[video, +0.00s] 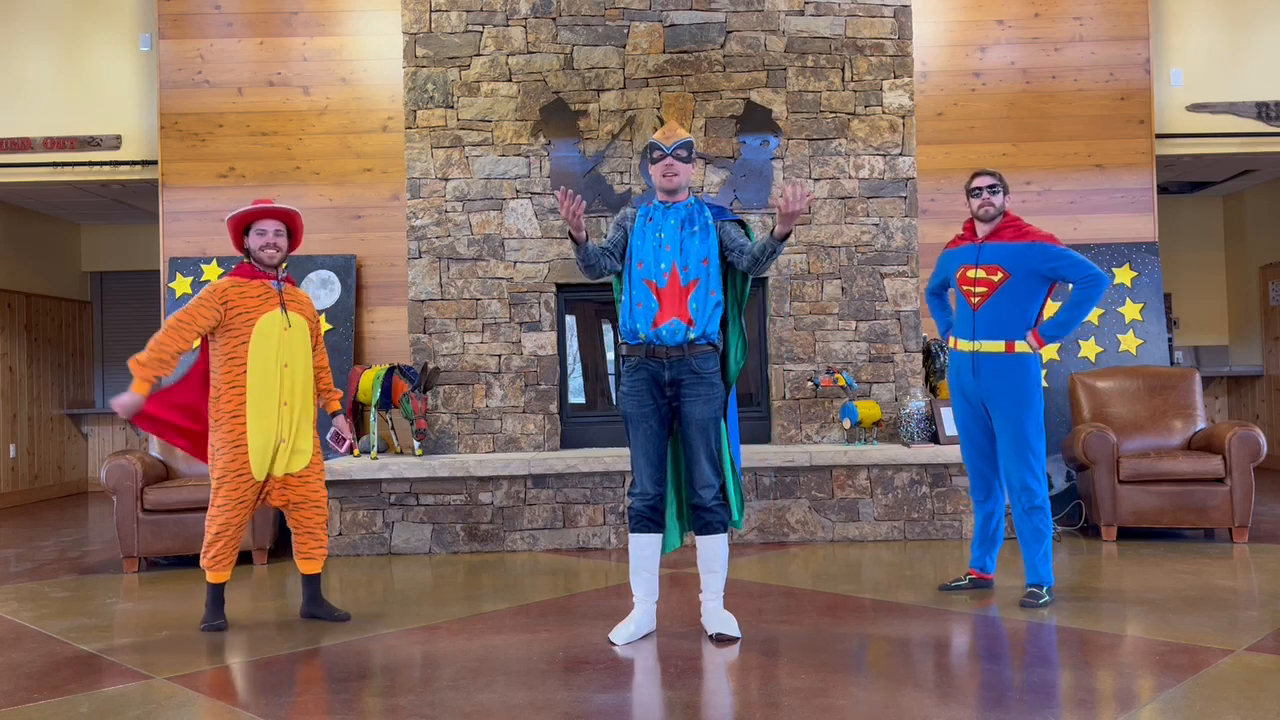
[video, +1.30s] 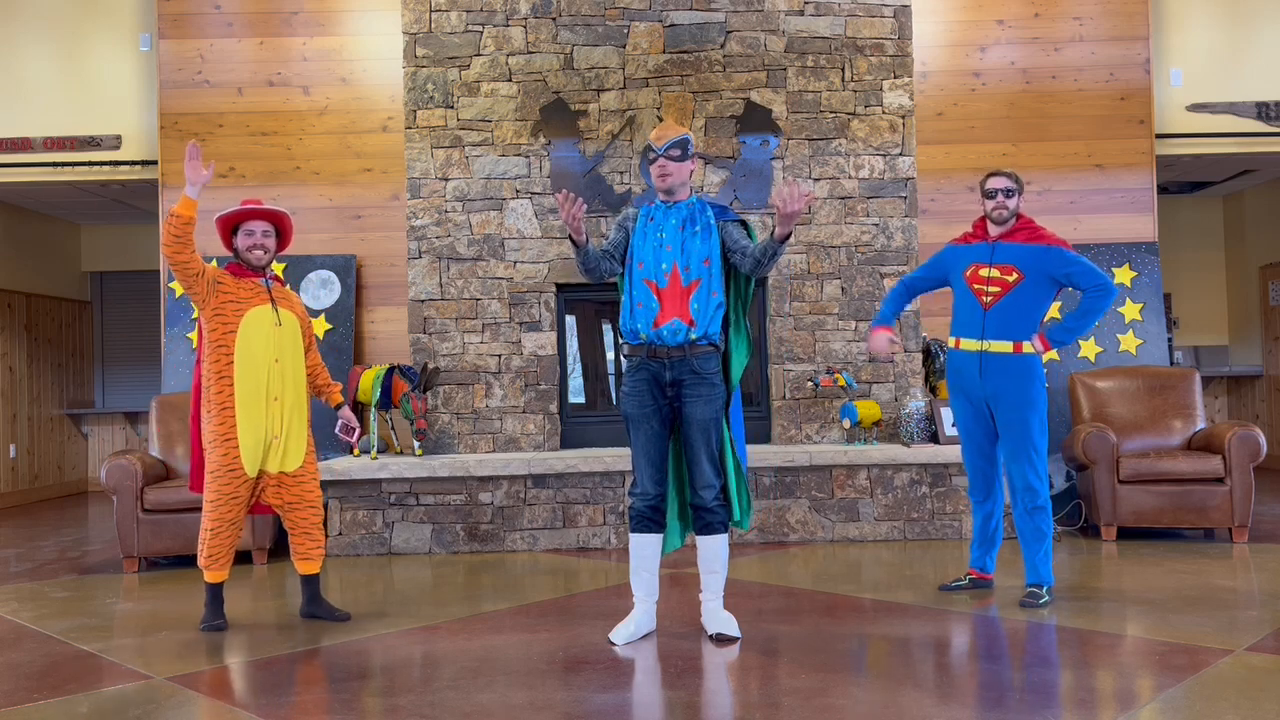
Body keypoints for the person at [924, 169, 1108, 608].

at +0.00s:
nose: (984, 198)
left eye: (992, 190)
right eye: (976, 192)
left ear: (1006, 198)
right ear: (967, 203)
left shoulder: (1032, 245)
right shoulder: (953, 253)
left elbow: (1094, 280)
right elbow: (933, 292)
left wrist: (1047, 333)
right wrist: (948, 328)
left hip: (1014, 373)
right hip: (964, 373)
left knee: (1025, 481)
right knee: (982, 479)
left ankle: (1039, 581)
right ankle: (981, 572)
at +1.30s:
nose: (1000, 201)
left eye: (1008, 193)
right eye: (992, 194)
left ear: (1020, 200)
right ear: (981, 202)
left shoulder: (1045, 250)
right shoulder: (958, 252)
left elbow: (1102, 290)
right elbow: (907, 286)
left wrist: (1054, 336)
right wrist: (882, 322)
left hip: (1017, 376)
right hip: (965, 377)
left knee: (1028, 481)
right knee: (981, 480)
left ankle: (1038, 581)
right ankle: (981, 571)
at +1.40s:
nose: (997, 202)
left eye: (1005, 194)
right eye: (989, 196)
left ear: (1019, 200)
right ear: (979, 204)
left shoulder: (1044, 250)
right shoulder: (959, 250)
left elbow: (1102, 287)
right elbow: (912, 269)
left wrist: (1055, 337)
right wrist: (870, 278)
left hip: (1019, 375)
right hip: (966, 375)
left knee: (1028, 480)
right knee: (981, 479)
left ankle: (1039, 581)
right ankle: (981, 571)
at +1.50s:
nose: (992, 203)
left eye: (1000, 195)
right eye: (984, 197)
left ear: (1014, 199)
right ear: (975, 205)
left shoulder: (1041, 247)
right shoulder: (955, 250)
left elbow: (1101, 284)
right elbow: (904, 256)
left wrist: (1054, 336)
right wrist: (875, 236)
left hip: (1019, 376)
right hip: (968, 376)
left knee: (1028, 481)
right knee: (981, 479)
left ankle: (1039, 580)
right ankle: (981, 572)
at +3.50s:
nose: (1004, 203)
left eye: (1010, 195)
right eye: (994, 198)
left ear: (1023, 197)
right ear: (984, 205)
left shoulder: (1056, 248)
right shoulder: (964, 247)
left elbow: (1116, 283)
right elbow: (908, 238)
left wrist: (1067, 336)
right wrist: (913, 195)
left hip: (1033, 371)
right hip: (977, 371)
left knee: (1037, 478)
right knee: (981, 476)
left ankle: (1040, 581)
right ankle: (981, 572)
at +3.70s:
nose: (1007, 202)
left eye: (1014, 193)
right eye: (997, 196)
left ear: (1027, 195)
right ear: (987, 203)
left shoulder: (1059, 246)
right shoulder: (970, 245)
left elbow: (1120, 285)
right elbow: (918, 257)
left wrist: (1072, 336)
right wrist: (908, 240)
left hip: (1035, 375)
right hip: (979, 375)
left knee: (1038, 480)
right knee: (983, 479)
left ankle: (1040, 581)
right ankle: (981, 572)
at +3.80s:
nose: (1010, 200)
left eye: (1017, 192)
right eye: (1000, 195)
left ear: (1031, 196)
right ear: (990, 202)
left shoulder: (1062, 246)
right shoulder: (976, 245)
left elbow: (1122, 285)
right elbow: (927, 269)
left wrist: (1072, 336)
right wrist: (916, 283)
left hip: (1036, 375)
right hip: (980, 374)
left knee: (1038, 482)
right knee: (983, 478)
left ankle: (1040, 581)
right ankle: (981, 572)